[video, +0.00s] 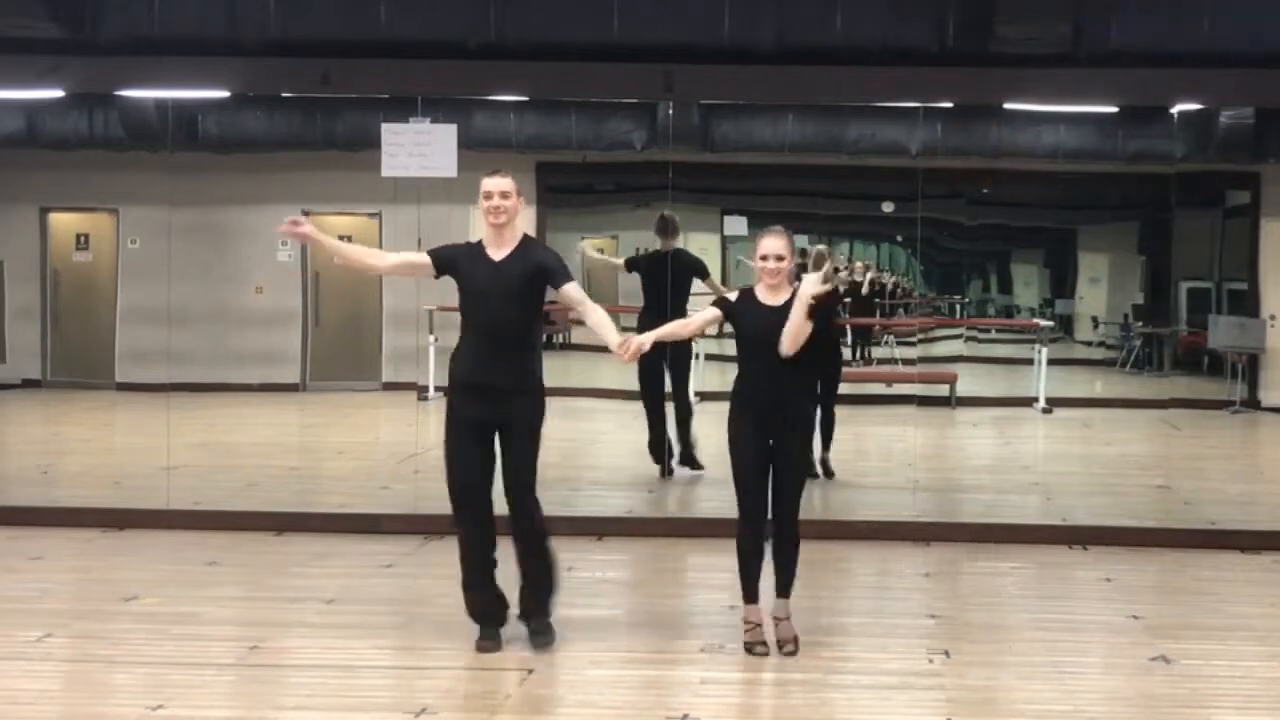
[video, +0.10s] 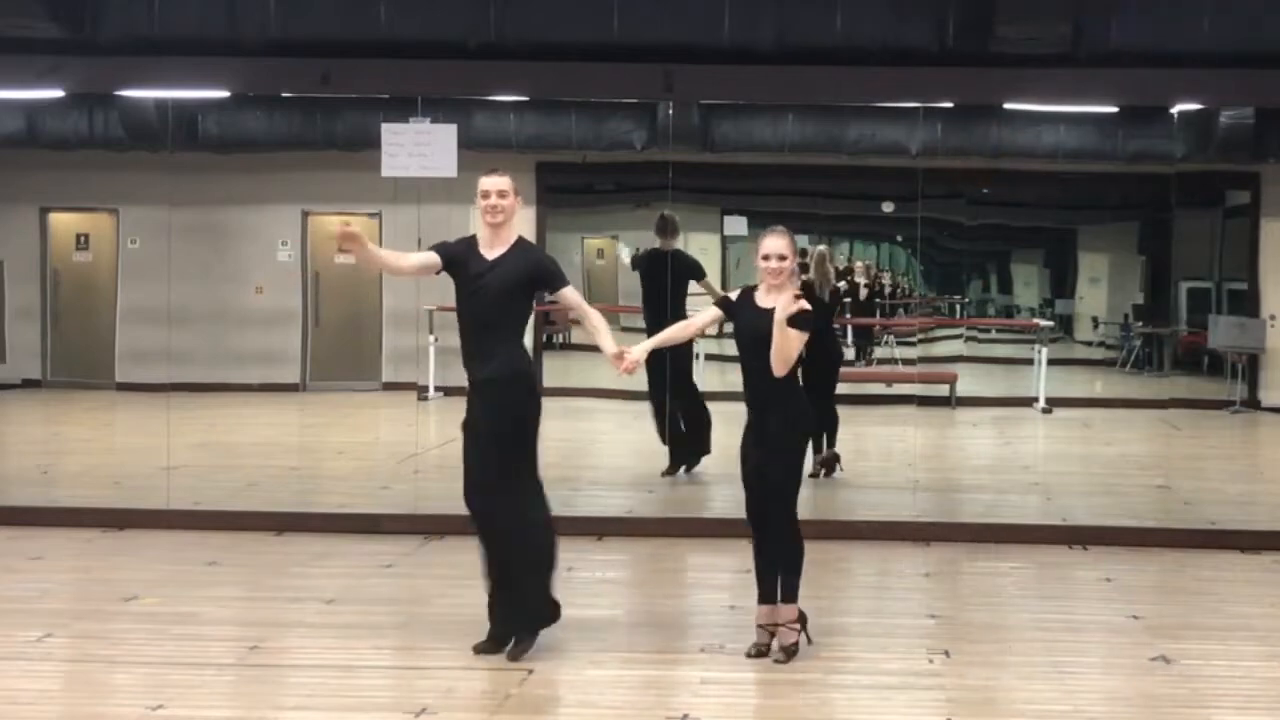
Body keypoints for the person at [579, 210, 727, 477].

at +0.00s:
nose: (668, 237)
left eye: (662, 231)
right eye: (674, 232)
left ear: (656, 233)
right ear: (678, 233)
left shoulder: (646, 260)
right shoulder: (689, 260)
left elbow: (615, 263)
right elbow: (716, 288)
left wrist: (588, 252)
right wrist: (731, 296)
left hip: (650, 337)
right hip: (680, 336)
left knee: (653, 398)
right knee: (681, 395)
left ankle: (662, 458)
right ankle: (687, 453)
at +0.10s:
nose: (667, 237)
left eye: (663, 231)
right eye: (671, 231)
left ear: (656, 232)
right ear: (677, 232)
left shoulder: (645, 258)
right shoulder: (685, 260)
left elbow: (630, 263)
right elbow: (714, 292)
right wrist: (729, 309)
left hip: (655, 335)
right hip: (681, 333)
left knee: (660, 393)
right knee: (684, 388)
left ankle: (676, 450)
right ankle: (697, 442)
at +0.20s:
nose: (667, 238)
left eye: (662, 232)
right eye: (671, 232)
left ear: (656, 233)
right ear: (677, 233)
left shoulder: (645, 259)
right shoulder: (686, 262)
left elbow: (630, 265)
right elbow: (712, 294)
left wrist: (639, 256)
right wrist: (736, 310)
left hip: (656, 334)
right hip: (682, 334)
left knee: (660, 394)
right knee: (679, 390)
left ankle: (692, 443)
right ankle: (684, 447)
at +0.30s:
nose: (674, 240)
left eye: (669, 235)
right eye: (678, 236)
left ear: (658, 235)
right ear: (680, 236)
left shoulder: (646, 259)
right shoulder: (684, 264)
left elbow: (615, 265)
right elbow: (710, 295)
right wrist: (728, 304)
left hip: (655, 338)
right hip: (686, 338)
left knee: (665, 393)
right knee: (697, 391)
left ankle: (675, 448)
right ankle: (696, 450)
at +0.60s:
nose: (676, 250)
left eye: (669, 246)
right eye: (680, 245)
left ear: (663, 247)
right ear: (685, 247)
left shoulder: (652, 268)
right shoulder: (691, 276)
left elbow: (615, 262)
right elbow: (723, 304)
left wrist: (582, 255)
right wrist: (746, 317)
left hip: (646, 337)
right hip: (668, 340)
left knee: (654, 401)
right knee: (675, 400)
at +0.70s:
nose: (673, 254)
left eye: (670, 249)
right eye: (678, 250)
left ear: (664, 250)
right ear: (686, 252)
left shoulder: (652, 272)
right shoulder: (695, 281)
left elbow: (618, 259)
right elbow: (726, 305)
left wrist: (594, 243)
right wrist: (747, 314)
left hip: (638, 340)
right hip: (664, 345)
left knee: (650, 401)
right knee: (651, 405)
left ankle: (657, 453)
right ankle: (636, 465)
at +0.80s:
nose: (672, 257)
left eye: (668, 253)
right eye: (677, 253)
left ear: (663, 255)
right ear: (685, 256)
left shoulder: (651, 276)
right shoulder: (695, 286)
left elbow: (616, 260)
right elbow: (729, 309)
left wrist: (593, 238)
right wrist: (754, 317)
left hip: (631, 349)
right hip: (659, 354)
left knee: (625, 395)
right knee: (658, 410)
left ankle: (623, 447)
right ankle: (638, 464)